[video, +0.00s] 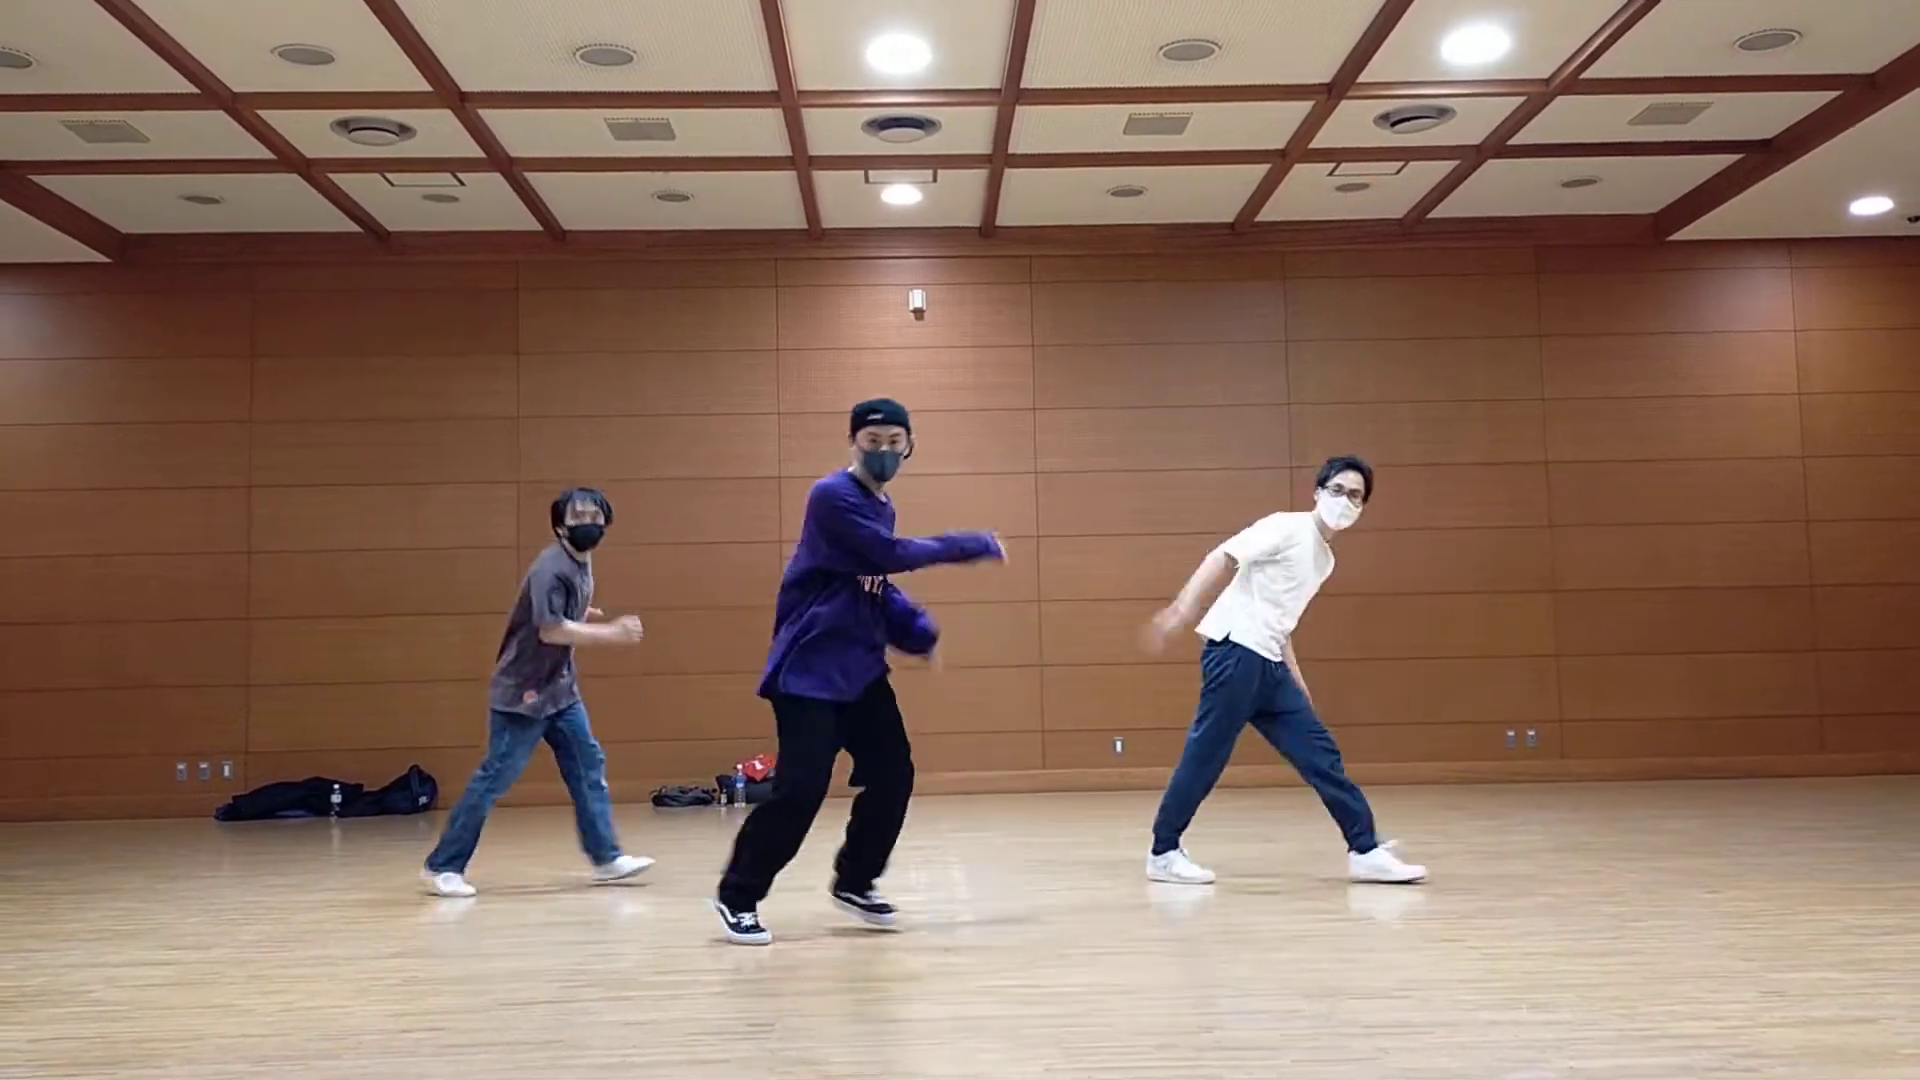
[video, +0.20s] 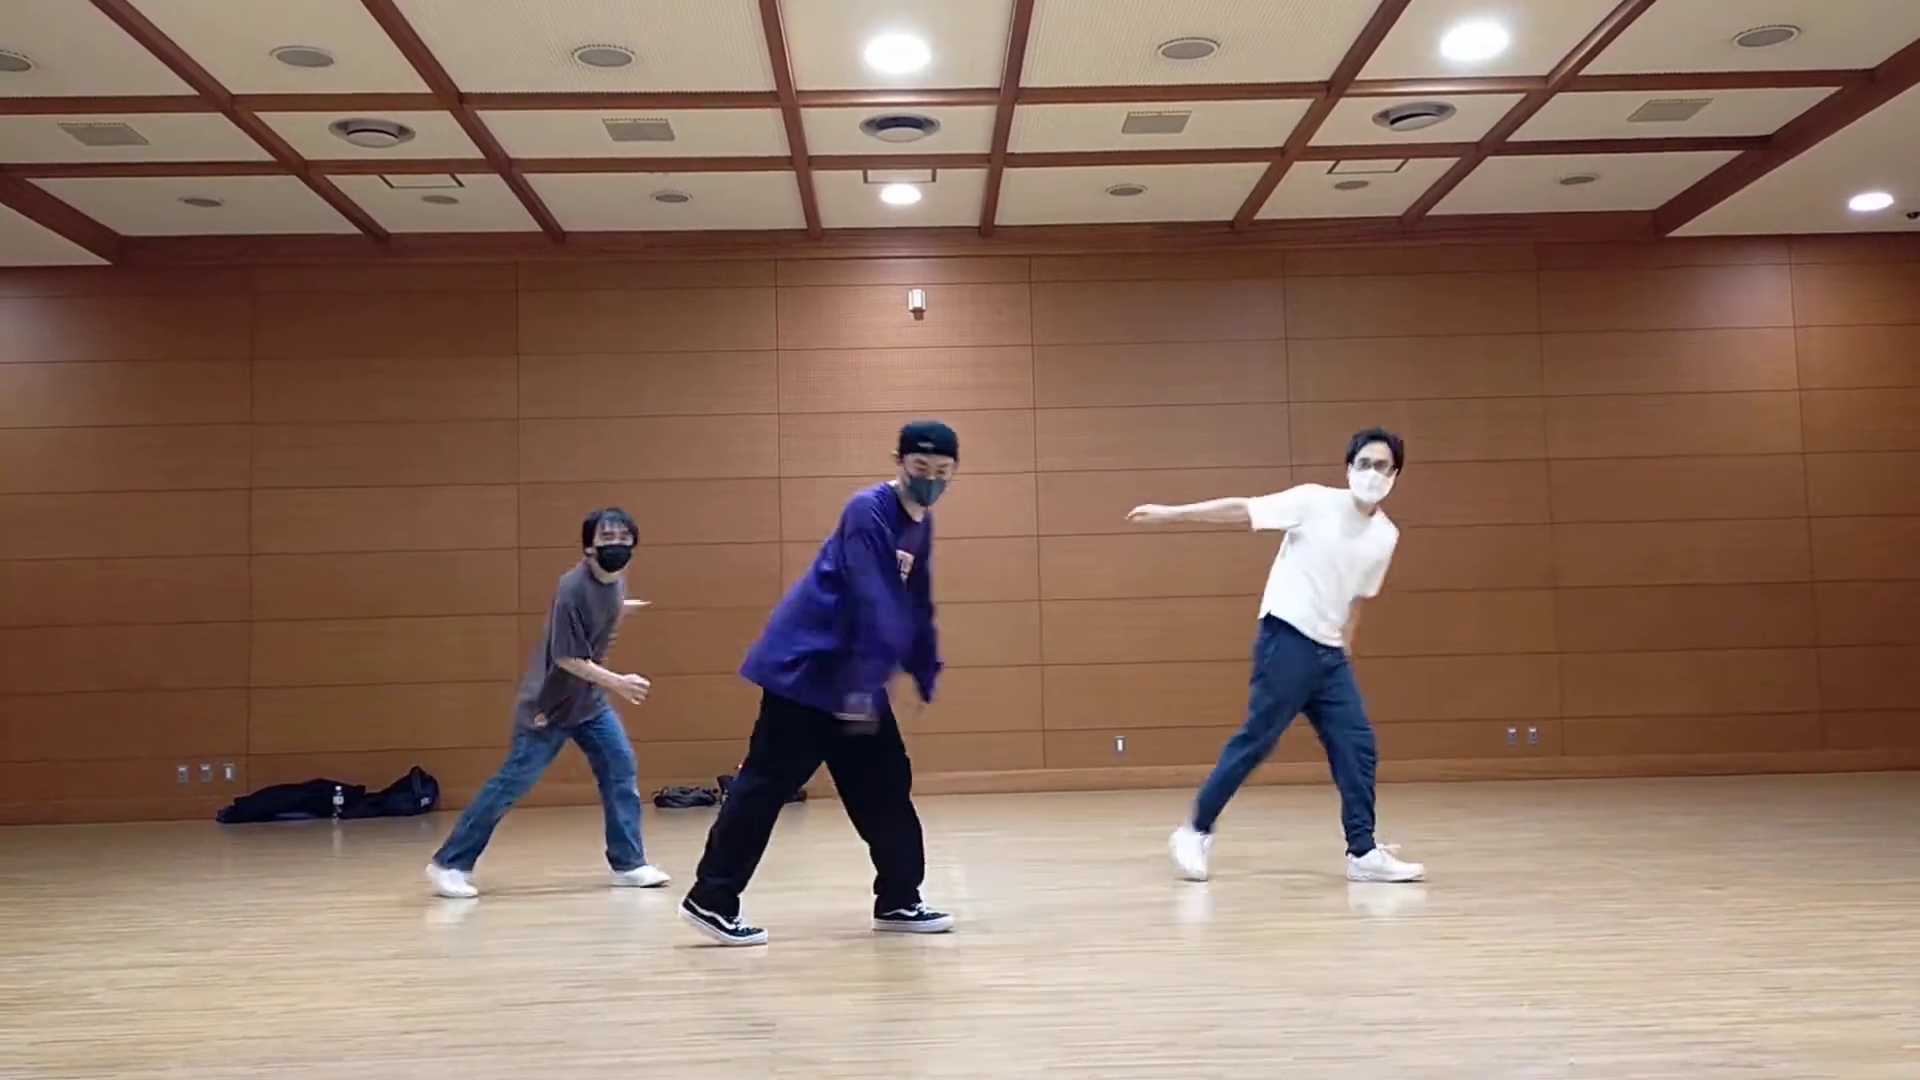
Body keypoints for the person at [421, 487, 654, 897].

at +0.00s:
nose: (587, 522)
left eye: (594, 515)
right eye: (577, 515)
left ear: (605, 523)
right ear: (561, 523)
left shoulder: (581, 565)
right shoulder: (550, 569)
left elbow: (559, 606)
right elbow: (550, 631)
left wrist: (582, 613)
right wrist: (610, 634)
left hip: (558, 688)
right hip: (521, 692)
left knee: (587, 764)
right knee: (495, 777)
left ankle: (606, 858)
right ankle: (443, 867)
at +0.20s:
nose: (616, 543)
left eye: (623, 537)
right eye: (607, 537)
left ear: (632, 545)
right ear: (589, 544)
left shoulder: (614, 580)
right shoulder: (573, 590)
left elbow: (600, 607)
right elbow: (565, 658)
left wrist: (621, 609)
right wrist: (616, 681)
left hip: (588, 700)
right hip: (547, 705)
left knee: (620, 768)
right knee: (513, 782)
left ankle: (628, 863)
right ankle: (449, 864)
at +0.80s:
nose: (677, 522)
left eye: (685, 516)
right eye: (669, 517)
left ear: (700, 526)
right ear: (657, 527)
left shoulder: (717, 573)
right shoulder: (636, 572)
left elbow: (730, 634)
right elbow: (620, 631)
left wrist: (715, 677)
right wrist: (618, 683)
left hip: (706, 699)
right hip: (659, 701)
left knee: (718, 774)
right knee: (657, 783)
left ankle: (749, 858)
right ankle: (713, 838)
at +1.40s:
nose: (638, 503)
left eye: (646, 496)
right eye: (630, 497)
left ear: (661, 504)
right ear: (619, 506)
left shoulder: (679, 541)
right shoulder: (608, 548)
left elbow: (694, 586)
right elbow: (583, 599)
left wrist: (660, 579)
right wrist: (556, 641)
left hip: (667, 680)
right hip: (619, 680)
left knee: (668, 765)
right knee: (600, 763)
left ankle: (683, 853)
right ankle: (600, 855)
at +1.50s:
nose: (636, 508)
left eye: (644, 501)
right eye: (629, 502)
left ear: (659, 507)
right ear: (619, 510)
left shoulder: (678, 546)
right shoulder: (612, 554)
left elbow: (687, 596)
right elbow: (601, 609)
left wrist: (649, 603)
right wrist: (586, 650)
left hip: (674, 681)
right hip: (628, 683)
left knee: (675, 774)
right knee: (628, 772)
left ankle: (683, 855)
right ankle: (636, 857)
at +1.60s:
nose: (632, 526)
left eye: (640, 519)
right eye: (624, 520)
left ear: (655, 525)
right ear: (614, 528)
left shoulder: (674, 564)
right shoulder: (616, 571)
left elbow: (676, 625)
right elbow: (617, 630)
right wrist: (610, 673)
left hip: (680, 686)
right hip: (637, 686)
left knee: (676, 777)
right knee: (638, 779)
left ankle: (685, 854)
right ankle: (648, 860)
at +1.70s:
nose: (632, 529)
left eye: (640, 522)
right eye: (624, 523)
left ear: (655, 526)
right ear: (616, 531)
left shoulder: (679, 566)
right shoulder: (620, 572)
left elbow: (685, 627)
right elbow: (624, 632)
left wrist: (632, 650)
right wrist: (619, 678)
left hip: (690, 696)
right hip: (644, 698)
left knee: (683, 771)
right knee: (636, 778)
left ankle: (684, 845)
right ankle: (648, 862)